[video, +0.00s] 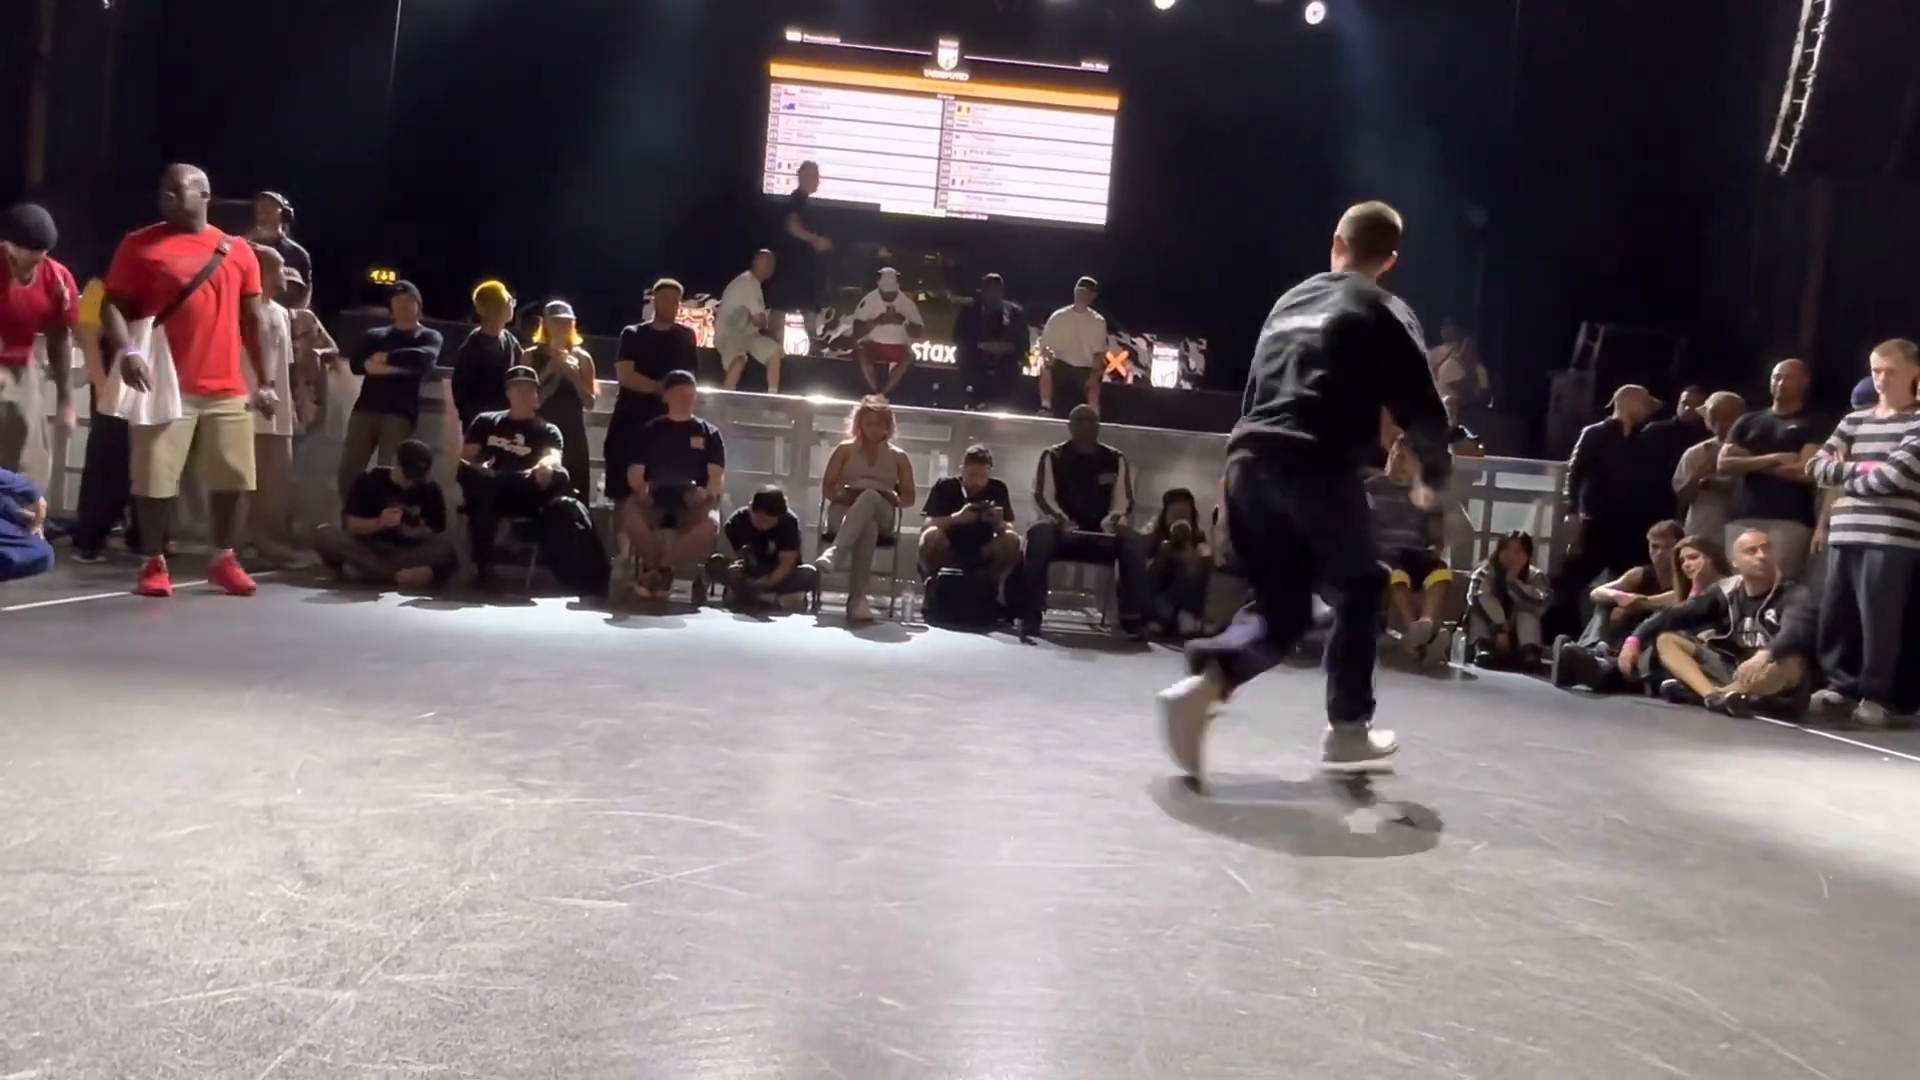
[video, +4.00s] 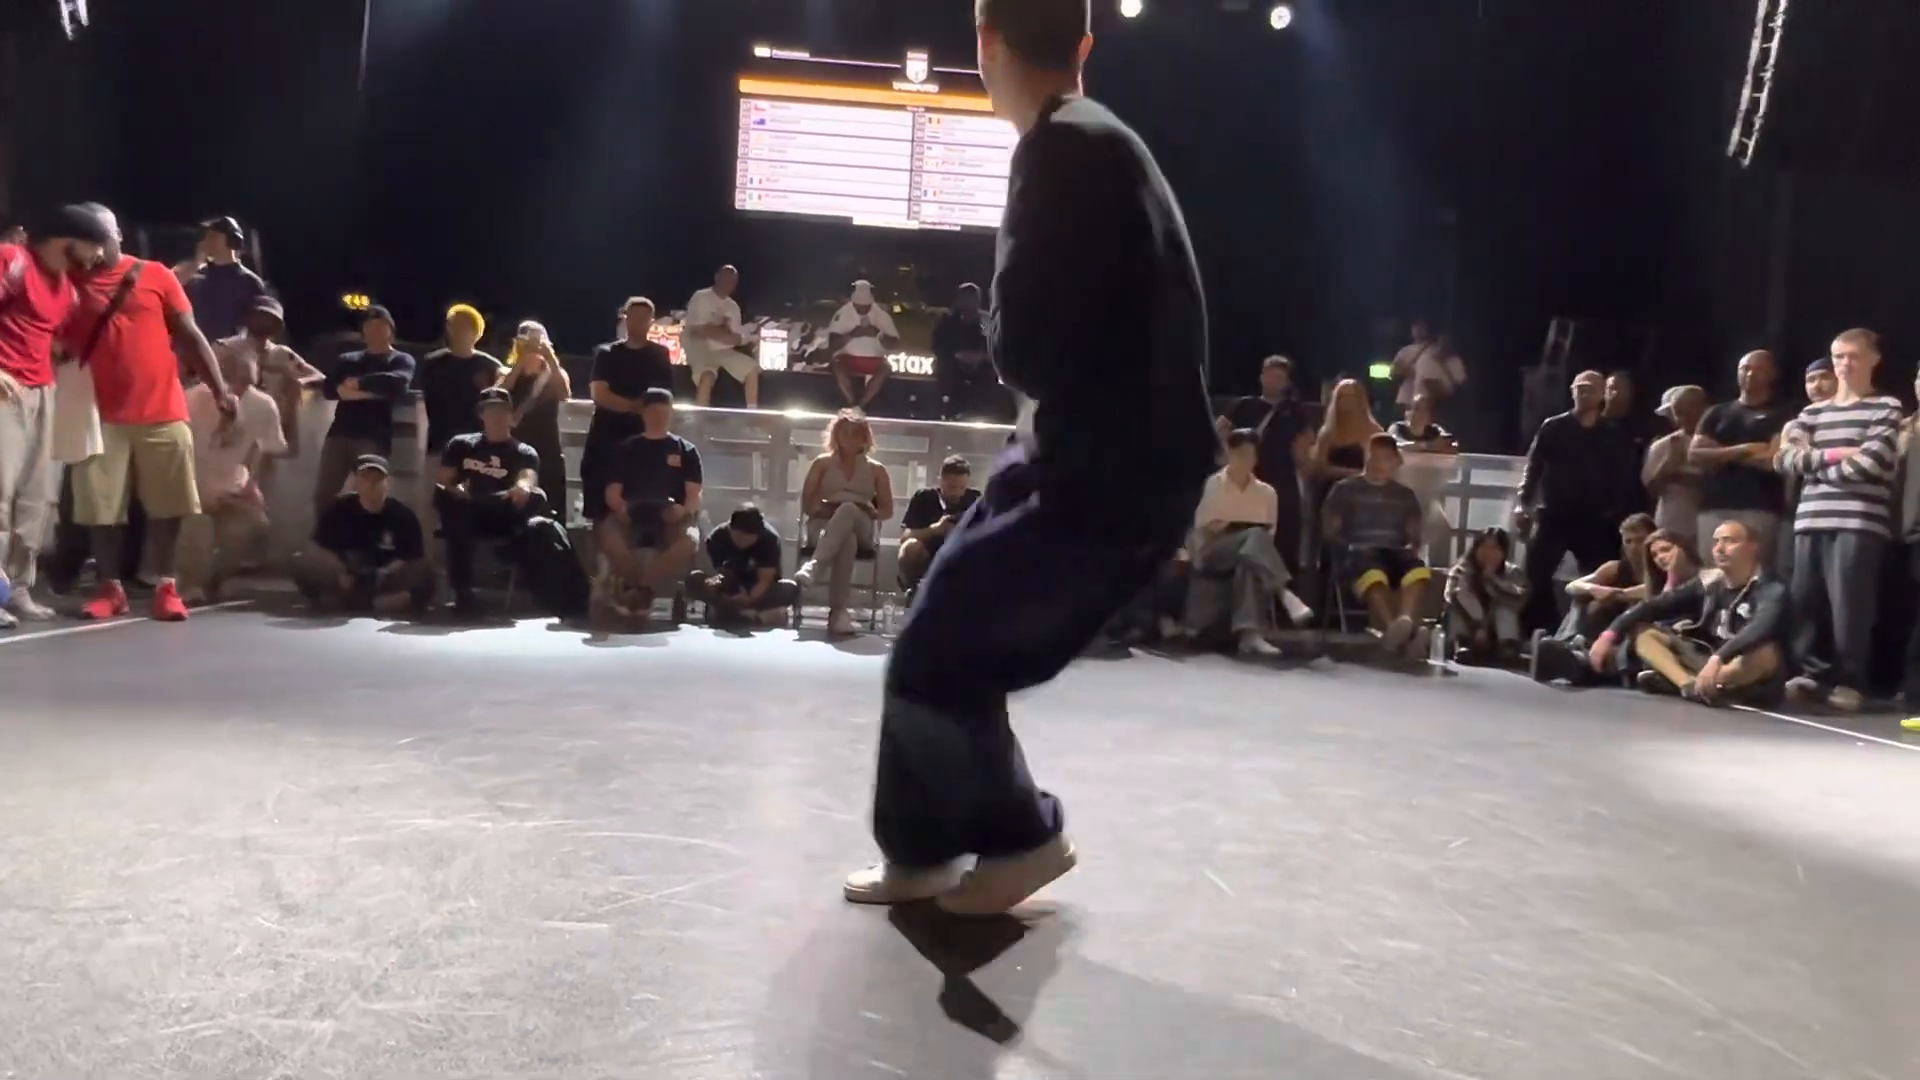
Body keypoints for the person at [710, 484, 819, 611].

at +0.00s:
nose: (763, 526)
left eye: (769, 522)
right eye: (760, 520)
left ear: (778, 516)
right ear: (751, 509)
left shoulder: (788, 522)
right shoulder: (734, 524)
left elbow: (788, 562)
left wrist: (768, 581)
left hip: (779, 570)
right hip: (750, 572)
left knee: (810, 573)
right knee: (715, 566)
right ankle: (777, 601)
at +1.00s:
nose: (762, 524)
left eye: (768, 521)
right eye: (759, 519)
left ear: (779, 517)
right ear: (752, 508)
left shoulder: (790, 522)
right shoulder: (736, 523)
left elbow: (788, 563)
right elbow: (742, 558)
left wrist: (769, 580)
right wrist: (736, 568)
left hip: (780, 570)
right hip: (751, 570)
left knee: (811, 573)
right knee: (716, 564)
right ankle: (775, 600)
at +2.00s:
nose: (767, 524)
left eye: (772, 520)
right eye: (764, 519)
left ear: (779, 515)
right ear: (753, 511)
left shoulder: (790, 522)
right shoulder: (735, 523)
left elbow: (787, 563)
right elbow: (742, 556)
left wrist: (767, 581)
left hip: (779, 568)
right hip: (752, 568)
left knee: (809, 574)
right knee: (716, 563)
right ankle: (776, 600)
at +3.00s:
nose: (762, 533)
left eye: (767, 529)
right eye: (759, 527)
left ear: (776, 523)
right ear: (750, 518)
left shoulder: (788, 529)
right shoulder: (733, 529)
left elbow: (784, 569)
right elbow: (740, 564)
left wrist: (763, 590)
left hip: (776, 575)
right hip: (749, 576)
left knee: (807, 579)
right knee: (713, 568)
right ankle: (774, 607)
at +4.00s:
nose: (742, 542)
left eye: (748, 539)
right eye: (739, 537)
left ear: (757, 534)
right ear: (731, 529)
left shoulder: (769, 539)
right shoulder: (715, 539)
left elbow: (765, 580)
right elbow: (723, 573)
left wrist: (749, 598)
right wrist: (716, 582)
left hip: (758, 584)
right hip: (731, 585)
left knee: (790, 588)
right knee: (694, 581)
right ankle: (756, 616)